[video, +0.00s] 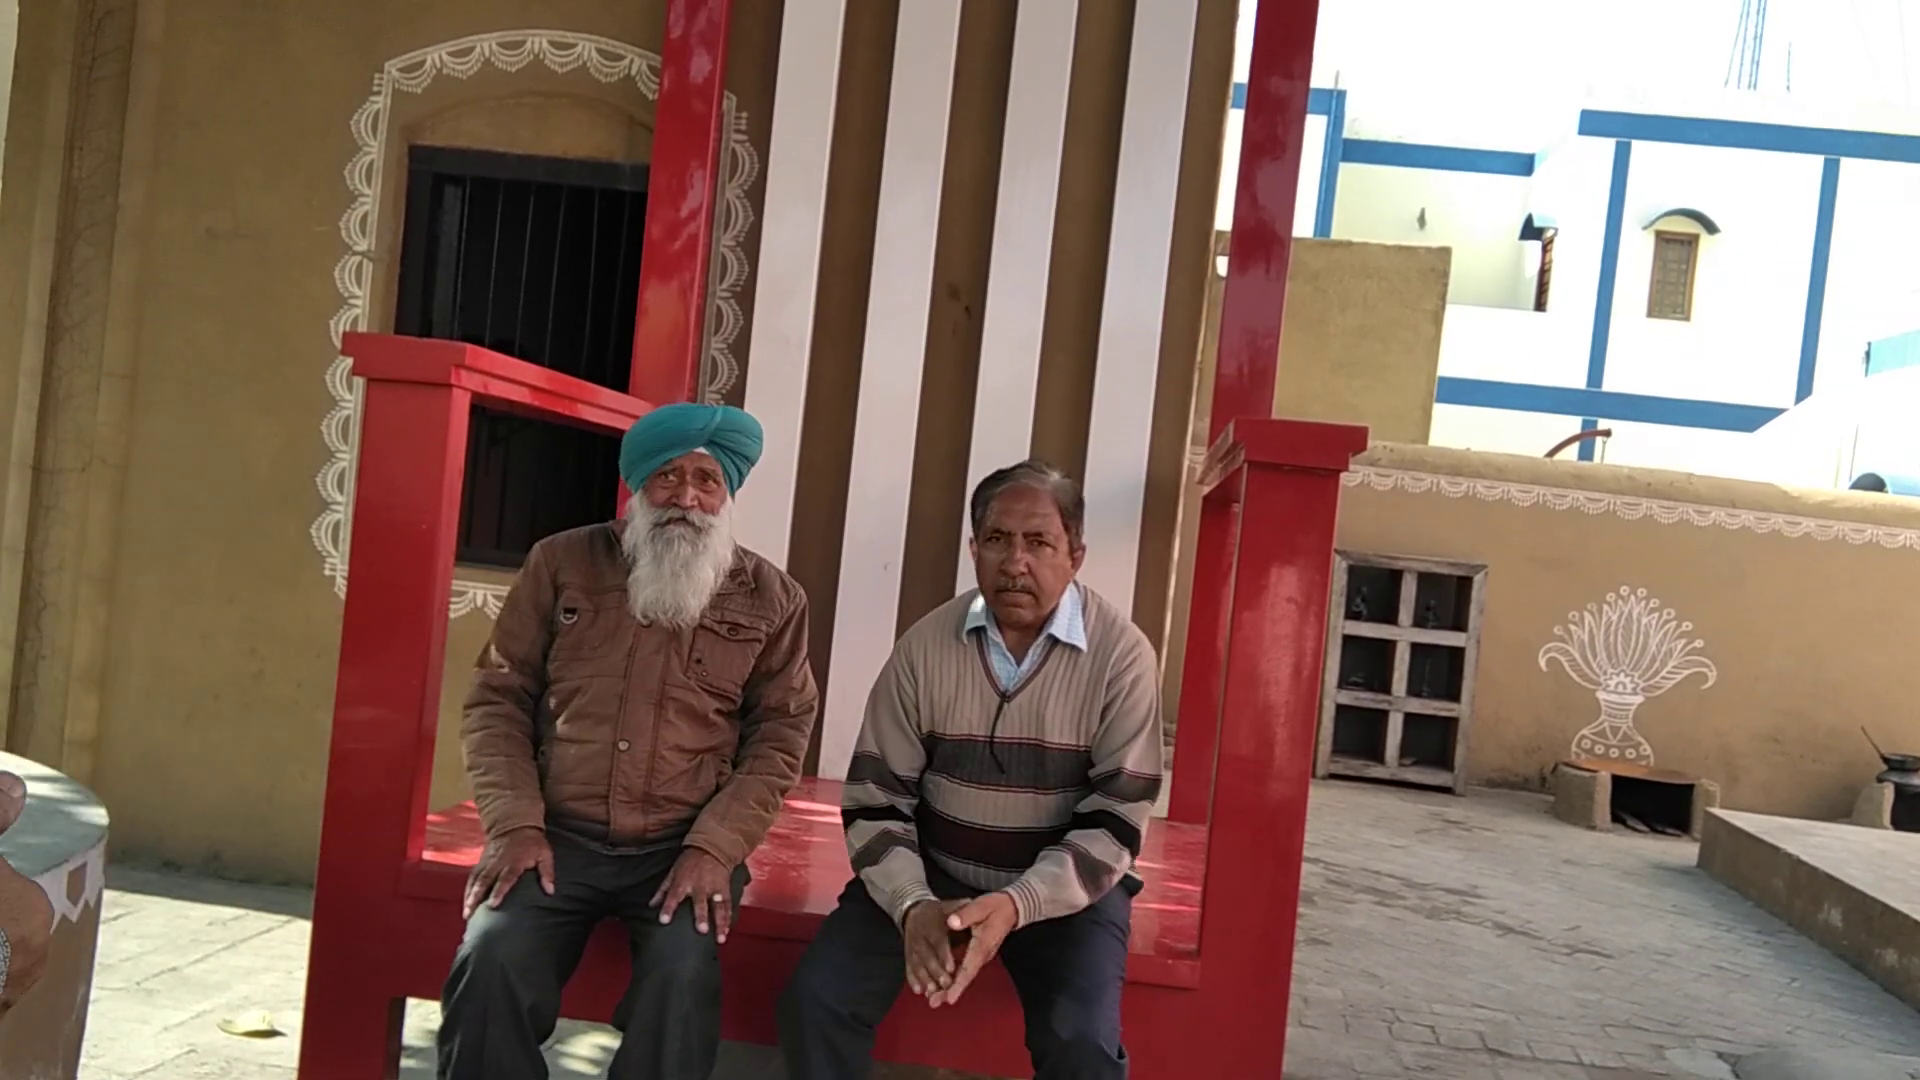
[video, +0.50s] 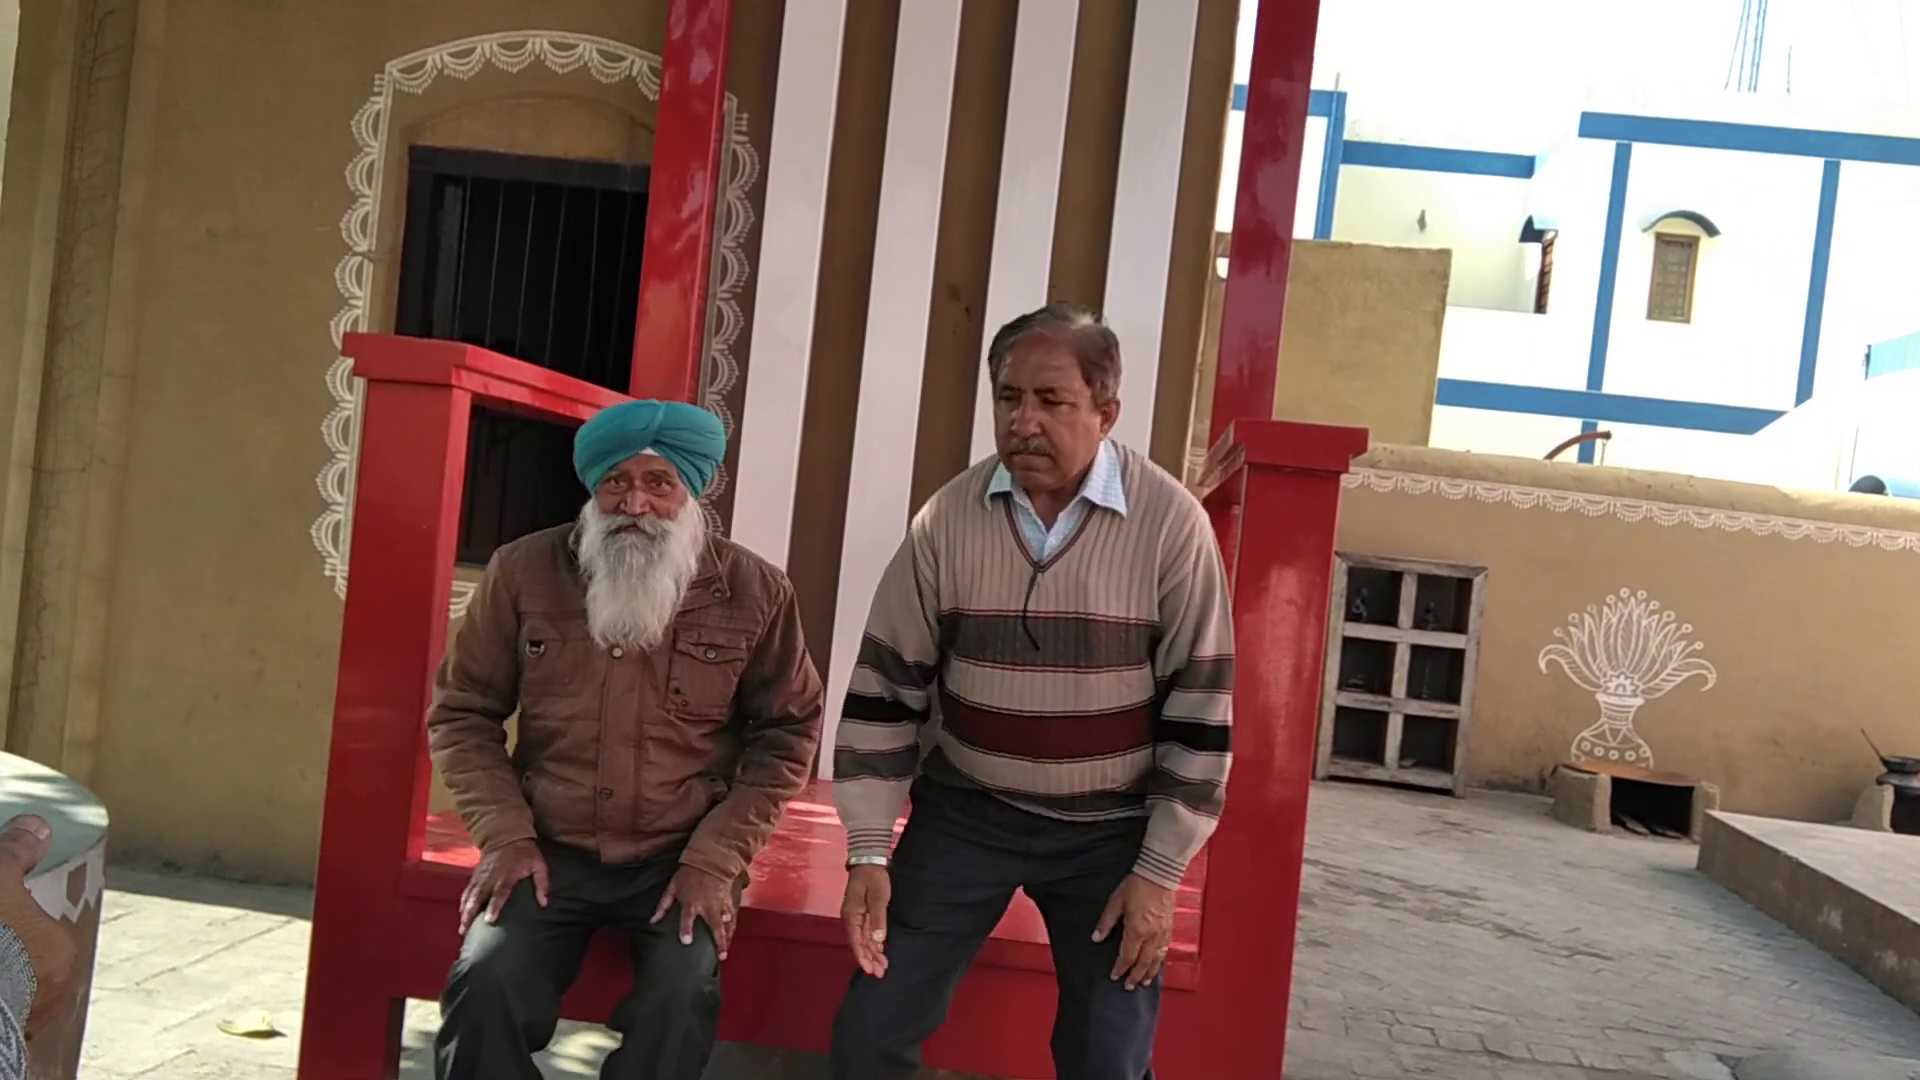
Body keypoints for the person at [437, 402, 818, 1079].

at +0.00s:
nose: (687, 496)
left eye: (707, 481)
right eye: (668, 478)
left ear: (729, 498)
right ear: (634, 489)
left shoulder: (771, 601)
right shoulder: (561, 565)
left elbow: (780, 739)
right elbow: (498, 696)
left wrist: (714, 847)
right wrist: (514, 821)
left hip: (683, 858)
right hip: (556, 843)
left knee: (683, 970)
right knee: (491, 955)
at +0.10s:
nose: (684, 495)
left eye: (705, 480)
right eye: (666, 477)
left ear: (729, 497)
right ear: (634, 487)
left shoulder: (772, 600)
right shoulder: (561, 563)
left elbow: (782, 734)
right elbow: (498, 693)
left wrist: (717, 842)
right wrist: (513, 816)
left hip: (684, 855)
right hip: (555, 840)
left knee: (686, 971)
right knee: (487, 956)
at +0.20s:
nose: (678, 492)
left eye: (700, 477)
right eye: (661, 474)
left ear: (727, 495)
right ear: (630, 486)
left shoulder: (772, 598)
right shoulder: (558, 563)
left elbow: (783, 734)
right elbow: (496, 695)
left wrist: (723, 843)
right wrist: (512, 817)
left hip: (686, 856)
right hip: (557, 841)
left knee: (692, 974)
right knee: (488, 962)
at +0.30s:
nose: (668, 495)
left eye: (691, 478)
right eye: (651, 475)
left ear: (721, 495)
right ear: (623, 484)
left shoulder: (770, 596)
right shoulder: (552, 563)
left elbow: (783, 736)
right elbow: (491, 701)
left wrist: (724, 848)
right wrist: (514, 823)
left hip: (686, 858)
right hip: (557, 845)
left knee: (689, 975)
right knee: (492, 969)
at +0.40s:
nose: (654, 497)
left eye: (677, 480)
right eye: (637, 477)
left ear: (710, 493)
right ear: (611, 484)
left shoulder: (766, 596)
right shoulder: (540, 568)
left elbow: (783, 739)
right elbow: (481, 708)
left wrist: (718, 854)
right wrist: (511, 830)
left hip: (683, 863)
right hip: (553, 852)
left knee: (684, 981)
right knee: (491, 974)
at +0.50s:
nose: (634, 502)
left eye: (658, 484)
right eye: (616, 482)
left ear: (696, 497)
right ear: (591, 490)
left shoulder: (757, 596)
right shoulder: (524, 571)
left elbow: (788, 733)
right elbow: (463, 711)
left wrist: (716, 857)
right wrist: (503, 832)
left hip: (679, 867)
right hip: (546, 856)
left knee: (683, 988)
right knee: (487, 978)